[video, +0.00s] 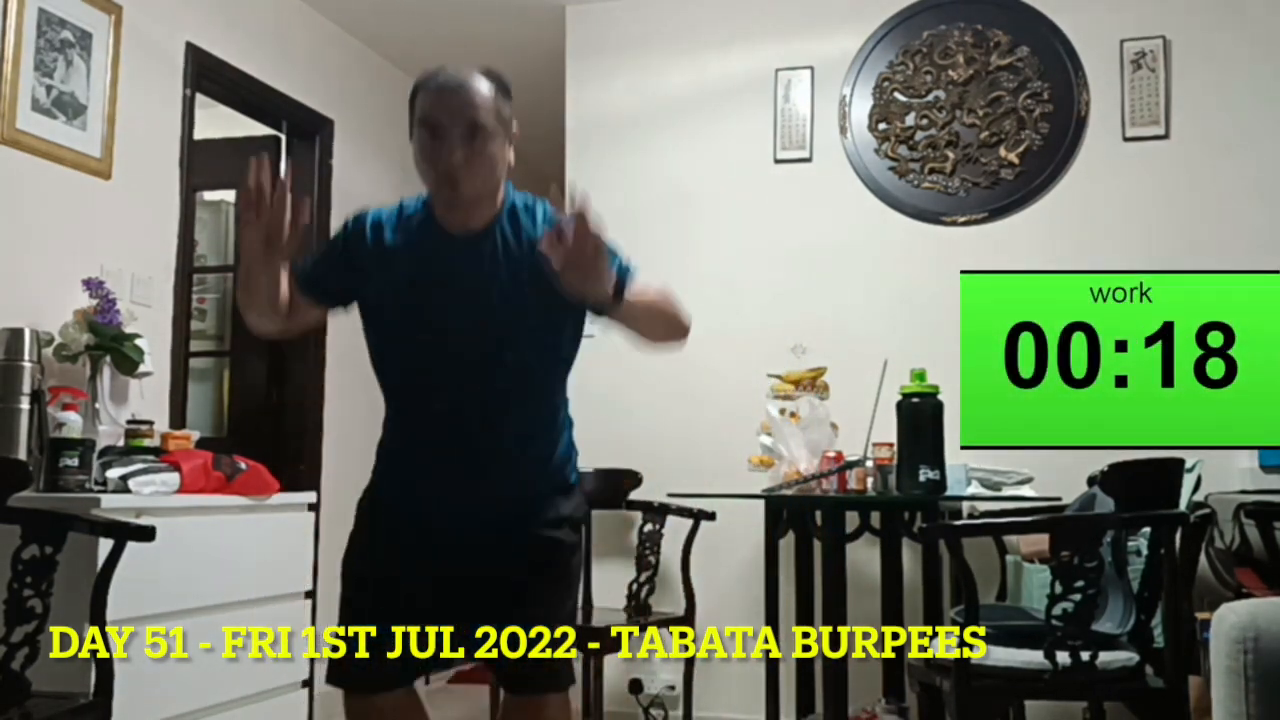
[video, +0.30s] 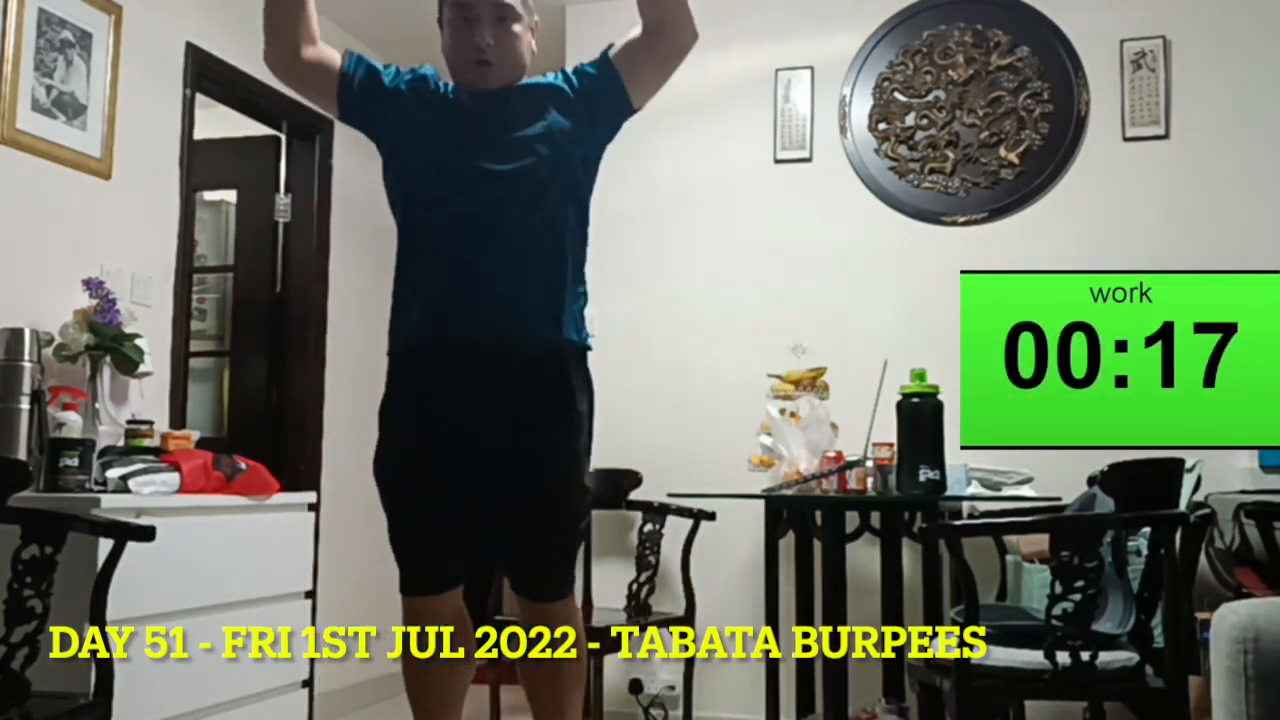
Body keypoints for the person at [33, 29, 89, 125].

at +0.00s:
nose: (66, 51)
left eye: (69, 48)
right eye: (63, 48)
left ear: (74, 49)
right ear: (61, 50)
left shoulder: (79, 66)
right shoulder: (61, 60)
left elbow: (70, 89)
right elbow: (57, 81)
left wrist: (49, 82)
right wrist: (49, 100)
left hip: (80, 102)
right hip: (63, 95)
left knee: (64, 98)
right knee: (48, 88)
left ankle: (70, 120)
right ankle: (61, 116)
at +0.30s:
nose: (66, 51)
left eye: (69, 48)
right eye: (63, 48)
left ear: (74, 49)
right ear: (61, 50)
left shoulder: (79, 65)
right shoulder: (61, 60)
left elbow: (70, 89)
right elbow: (57, 81)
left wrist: (49, 83)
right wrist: (49, 101)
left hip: (79, 102)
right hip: (63, 95)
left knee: (64, 98)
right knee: (48, 89)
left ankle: (70, 120)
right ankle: (61, 117)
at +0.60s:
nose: (65, 50)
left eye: (69, 47)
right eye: (63, 47)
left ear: (73, 48)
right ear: (60, 49)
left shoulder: (78, 65)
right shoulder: (61, 60)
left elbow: (69, 89)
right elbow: (56, 81)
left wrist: (49, 83)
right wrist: (49, 101)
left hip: (78, 101)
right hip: (63, 94)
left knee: (63, 98)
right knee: (47, 88)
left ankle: (69, 119)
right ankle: (61, 116)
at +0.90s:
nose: (66, 51)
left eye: (69, 47)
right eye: (63, 48)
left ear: (74, 49)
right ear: (60, 50)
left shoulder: (78, 65)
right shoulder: (61, 60)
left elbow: (69, 89)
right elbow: (56, 80)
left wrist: (49, 83)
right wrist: (49, 101)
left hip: (79, 101)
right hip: (63, 94)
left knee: (64, 98)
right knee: (48, 88)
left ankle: (69, 120)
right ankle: (60, 116)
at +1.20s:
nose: (66, 51)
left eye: (69, 48)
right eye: (63, 48)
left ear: (74, 49)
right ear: (60, 50)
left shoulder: (79, 66)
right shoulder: (61, 60)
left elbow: (69, 89)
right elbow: (57, 80)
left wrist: (49, 82)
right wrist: (49, 100)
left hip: (78, 101)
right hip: (63, 94)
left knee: (64, 98)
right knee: (48, 88)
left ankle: (69, 119)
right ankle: (60, 116)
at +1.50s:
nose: (66, 53)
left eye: (69, 48)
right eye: (63, 50)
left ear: (74, 49)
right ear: (60, 51)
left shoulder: (79, 66)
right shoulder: (61, 60)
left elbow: (69, 89)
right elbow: (57, 81)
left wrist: (49, 82)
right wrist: (49, 101)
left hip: (78, 102)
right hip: (62, 95)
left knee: (64, 98)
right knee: (47, 88)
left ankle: (70, 120)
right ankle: (60, 116)